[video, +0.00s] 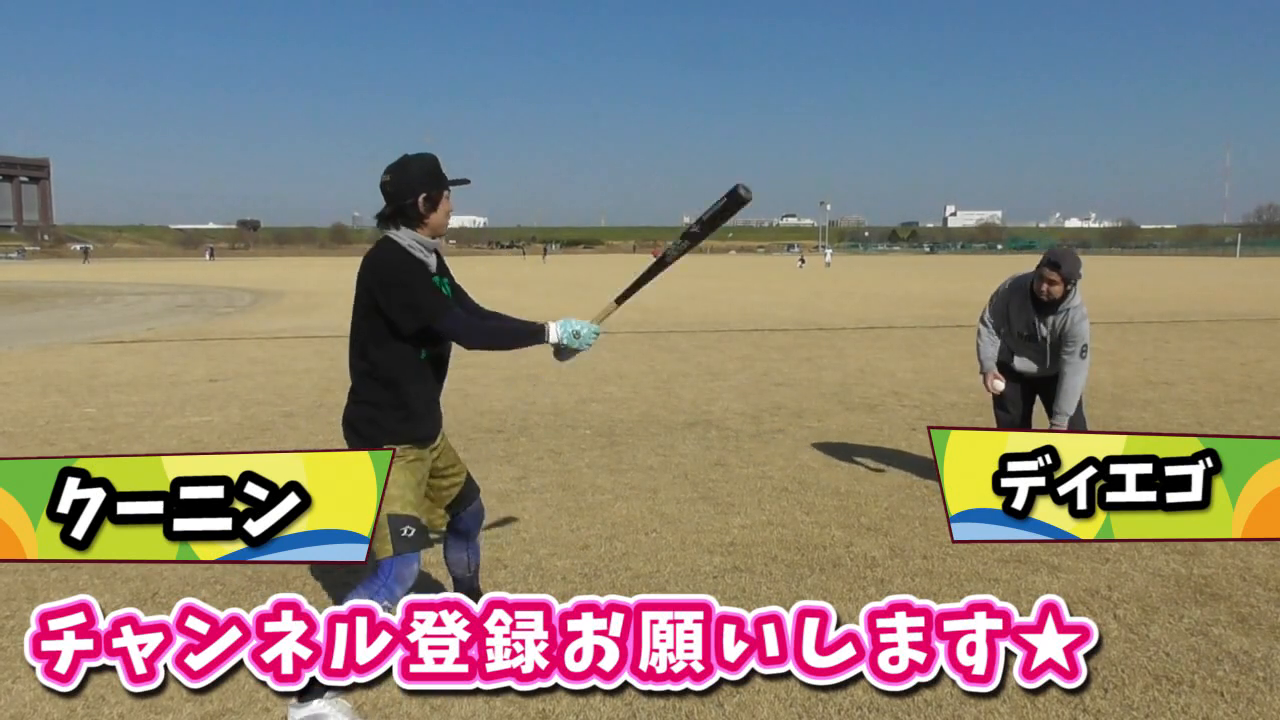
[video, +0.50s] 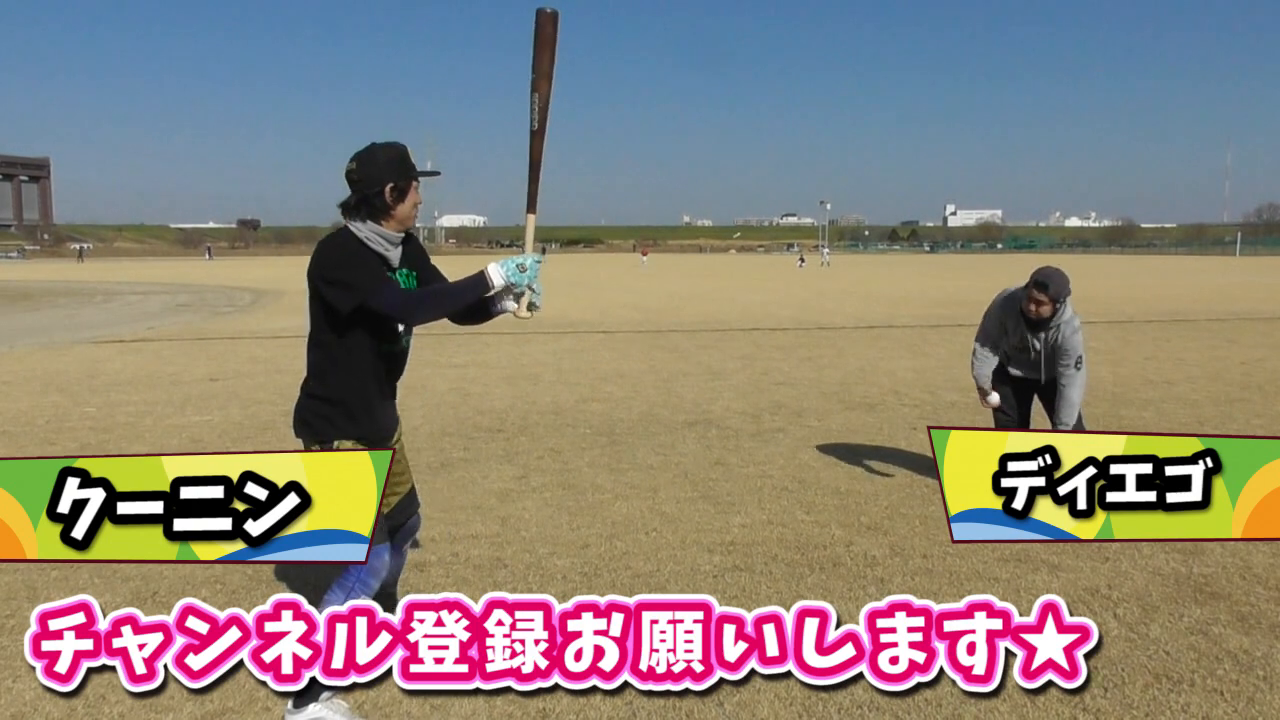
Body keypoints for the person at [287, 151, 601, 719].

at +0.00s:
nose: (452, 205)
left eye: (449, 196)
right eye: (446, 197)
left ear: (416, 204)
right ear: (426, 204)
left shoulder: (424, 256)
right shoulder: (395, 262)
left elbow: (473, 318)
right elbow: (461, 326)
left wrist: (549, 332)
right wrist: (549, 332)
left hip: (420, 430)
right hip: (388, 436)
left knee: (466, 509)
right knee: (398, 566)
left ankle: (468, 615)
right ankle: (315, 689)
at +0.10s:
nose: (437, 199)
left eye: (435, 190)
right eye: (431, 191)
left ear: (399, 199)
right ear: (410, 198)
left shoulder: (411, 252)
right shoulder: (374, 258)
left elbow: (460, 311)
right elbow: (445, 321)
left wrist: (530, 316)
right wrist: (531, 313)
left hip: (403, 427)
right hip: (366, 434)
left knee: (444, 511)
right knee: (385, 559)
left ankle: (473, 605)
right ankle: (312, 693)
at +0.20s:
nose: (428, 194)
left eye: (425, 185)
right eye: (421, 186)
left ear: (394, 191)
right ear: (398, 192)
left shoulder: (404, 246)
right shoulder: (356, 253)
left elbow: (451, 308)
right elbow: (429, 317)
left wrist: (518, 305)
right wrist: (513, 301)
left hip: (392, 417)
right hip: (349, 428)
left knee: (441, 503)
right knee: (377, 558)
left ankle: (438, 599)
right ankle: (311, 693)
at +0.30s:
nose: (421, 190)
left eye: (420, 181)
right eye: (416, 182)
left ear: (386, 187)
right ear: (394, 188)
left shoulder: (401, 242)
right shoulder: (343, 248)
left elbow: (443, 304)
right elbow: (408, 310)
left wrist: (506, 303)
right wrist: (496, 291)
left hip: (386, 415)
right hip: (342, 426)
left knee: (435, 505)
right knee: (367, 559)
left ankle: (398, 595)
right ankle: (309, 694)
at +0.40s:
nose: (419, 191)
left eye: (417, 182)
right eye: (413, 183)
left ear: (387, 188)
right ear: (390, 189)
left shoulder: (403, 242)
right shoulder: (339, 248)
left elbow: (445, 306)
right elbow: (405, 309)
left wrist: (500, 300)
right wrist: (487, 285)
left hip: (382, 416)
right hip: (337, 424)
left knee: (416, 513)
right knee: (361, 552)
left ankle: (384, 611)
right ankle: (310, 692)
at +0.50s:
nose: (419, 197)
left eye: (417, 189)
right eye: (414, 189)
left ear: (387, 195)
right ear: (391, 195)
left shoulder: (405, 247)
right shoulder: (340, 254)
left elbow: (453, 308)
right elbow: (403, 307)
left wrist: (501, 299)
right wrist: (487, 279)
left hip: (377, 422)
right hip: (336, 427)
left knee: (403, 524)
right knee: (372, 558)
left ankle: (368, 632)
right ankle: (311, 690)